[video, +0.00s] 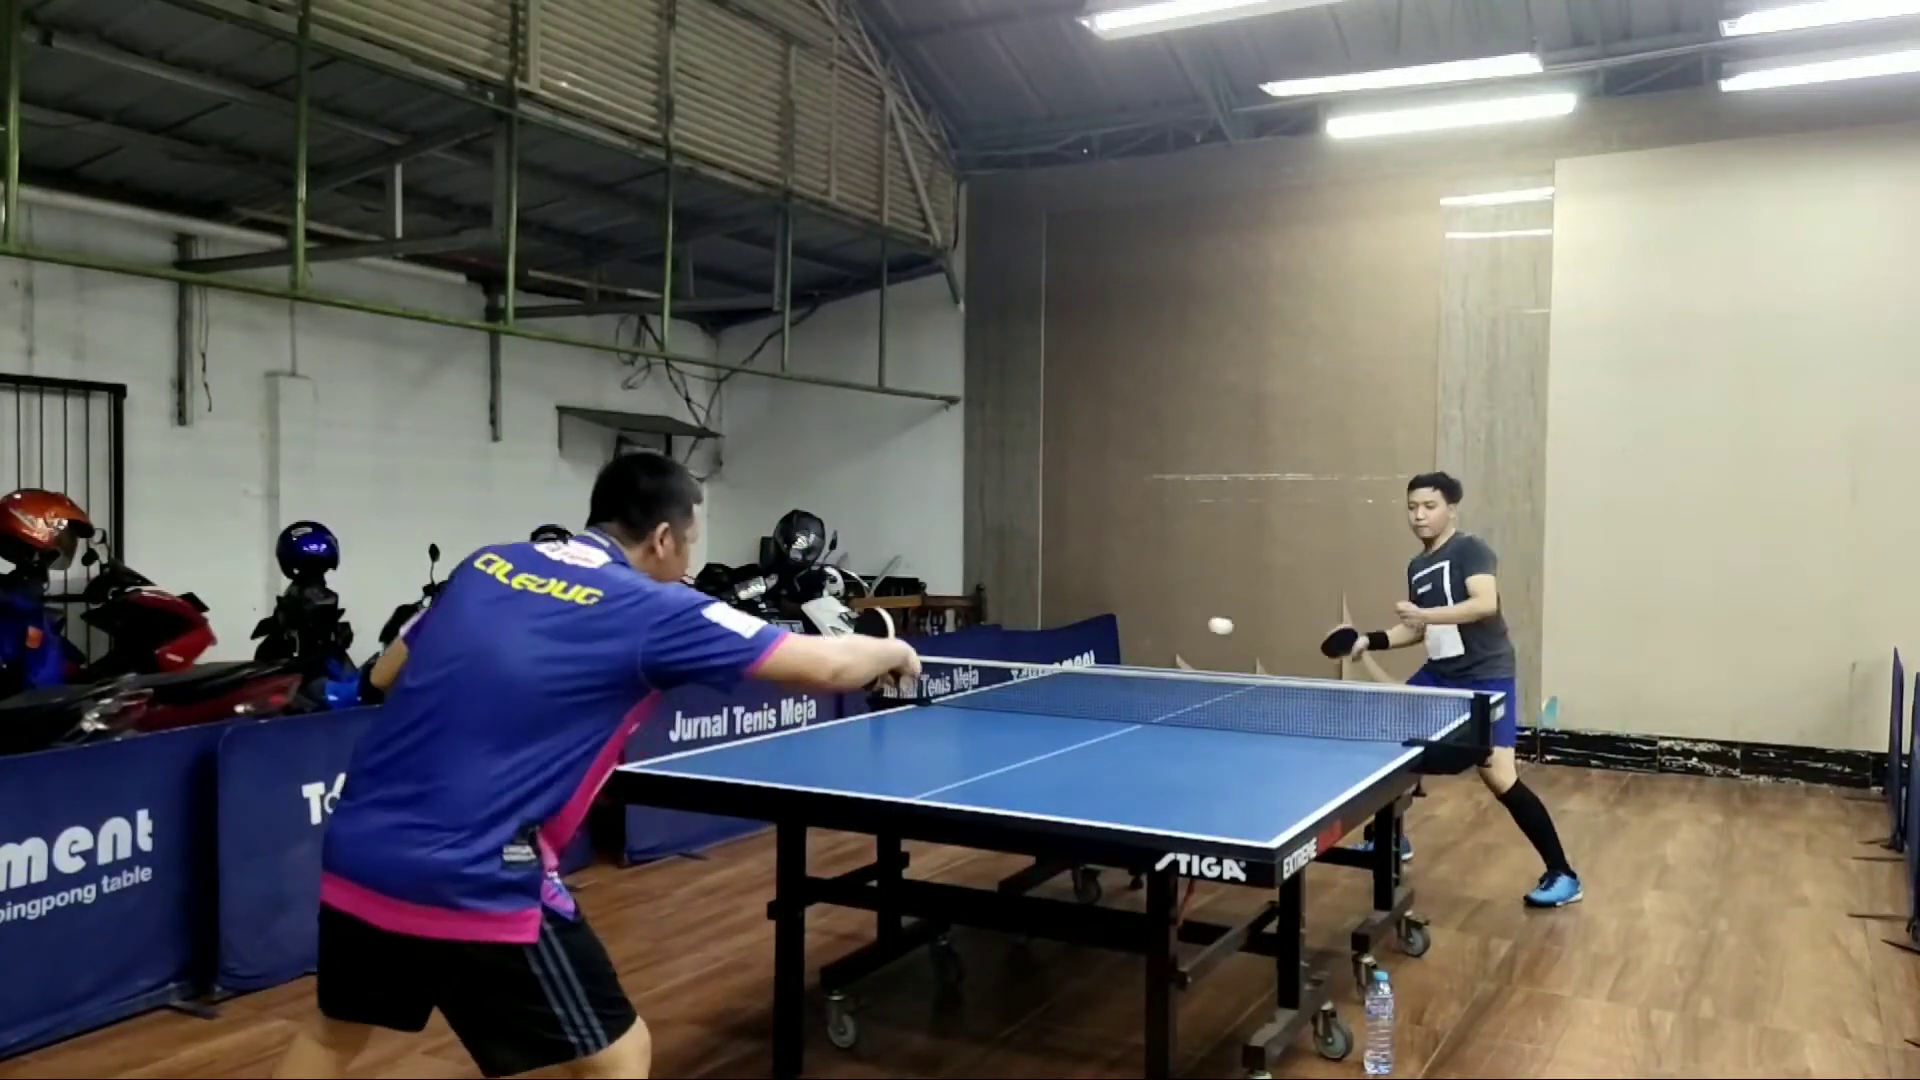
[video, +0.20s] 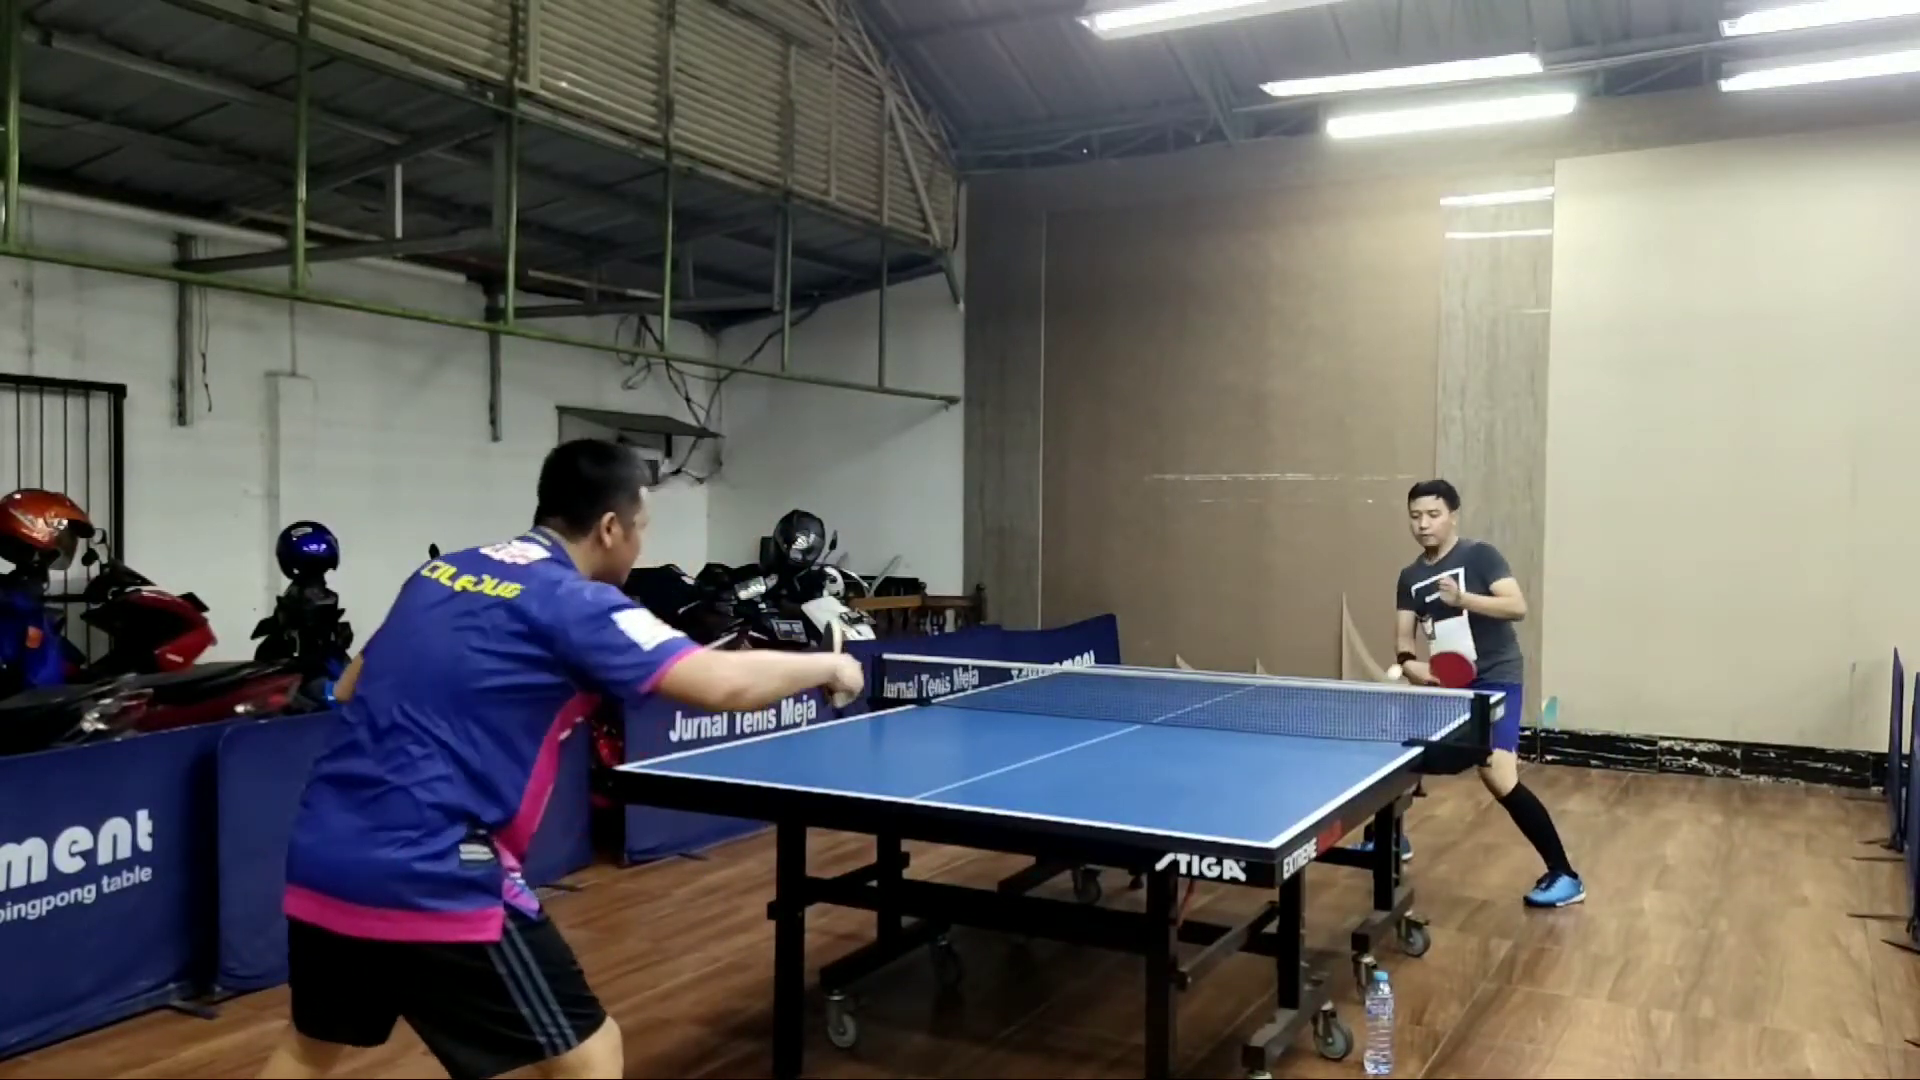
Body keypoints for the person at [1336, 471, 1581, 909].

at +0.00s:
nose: (1419, 515)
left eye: (1429, 506)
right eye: (1413, 508)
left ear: (1451, 509)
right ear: (1408, 513)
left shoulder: (1470, 550)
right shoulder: (1417, 568)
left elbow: (1486, 604)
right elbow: (1414, 630)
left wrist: (1425, 615)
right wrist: (1367, 640)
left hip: (1487, 675)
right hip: (1439, 673)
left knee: (1499, 775)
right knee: (1379, 735)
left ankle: (1561, 873)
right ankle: (1390, 836)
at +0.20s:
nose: (1424, 523)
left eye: (1433, 514)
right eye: (1416, 516)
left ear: (1453, 516)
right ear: (1410, 522)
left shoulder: (1480, 555)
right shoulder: (1411, 577)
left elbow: (1516, 605)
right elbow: (1404, 640)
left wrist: (1463, 599)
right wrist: (1412, 664)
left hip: (1496, 678)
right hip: (1442, 685)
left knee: (1498, 775)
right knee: (1390, 749)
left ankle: (1563, 874)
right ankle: (1389, 836)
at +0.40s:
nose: (1456, 496)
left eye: (1467, 489)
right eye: (1449, 489)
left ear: (1486, 495)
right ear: (1442, 496)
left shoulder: (1516, 537)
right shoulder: (1434, 555)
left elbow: (1561, 585)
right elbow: (1403, 603)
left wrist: (1544, 592)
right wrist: (1376, 596)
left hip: (1528, 663)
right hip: (1472, 664)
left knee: (1536, 758)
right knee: (1428, 750)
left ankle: (1568, 875)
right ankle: (1398, 838)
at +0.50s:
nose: (1469, 489)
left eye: (1480, 481)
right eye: (1462, 481)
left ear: (1499, 488)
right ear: (1454, 488)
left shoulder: (1525, 532)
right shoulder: (1441, 546)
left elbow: (1569, 579)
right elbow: (1395, 584)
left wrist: (1565, 594)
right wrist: (1359, 572)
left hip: (1534, 660)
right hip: (1477, 661)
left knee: (1544, 754)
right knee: (1440, 747)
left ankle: (1570, 874)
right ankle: (1416, 837)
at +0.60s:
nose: (1473, 488)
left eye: (1484, 480)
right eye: (1468, 480)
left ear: (1504, 487)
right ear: (1459, 486)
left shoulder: (1530, 533)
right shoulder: (1444, 543)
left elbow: (1573, 583)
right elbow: (1391, 578)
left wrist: (1564, 605)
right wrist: (1354, 561)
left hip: (1529, 662)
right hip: (1471, 662)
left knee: (1539, 754)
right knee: (1437, 746)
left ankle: (1570, 874)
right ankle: (1414, 836)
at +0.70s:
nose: (1467, 490)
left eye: (1478, 482)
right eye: (1462, 482)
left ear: (1499, 488)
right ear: (1454, 488)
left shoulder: (1523, 536)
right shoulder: (1441, 543)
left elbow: (1563, 592)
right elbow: (1386, 580)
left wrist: (1540, 616)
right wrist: (1351, 565)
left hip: (1516, 664)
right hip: (1460, 661)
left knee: (1529, 762)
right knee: (1430, 749)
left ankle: (1568, 873)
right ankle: (1413, 837)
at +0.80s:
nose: (1455, 489)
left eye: (1466, 482)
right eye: (1450, 481)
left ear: (1487, 488)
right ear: (1443, 486)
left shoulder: (1510, 536)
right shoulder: (1429, 541)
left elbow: (1542, 594)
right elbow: (1381, 583)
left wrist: (1504, 617)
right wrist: (1346, 578)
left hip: (1503, 668)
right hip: (1446, 664)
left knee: (1525, 765)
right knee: (1419, 750)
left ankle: (1566, 873)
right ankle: (1411, 837)